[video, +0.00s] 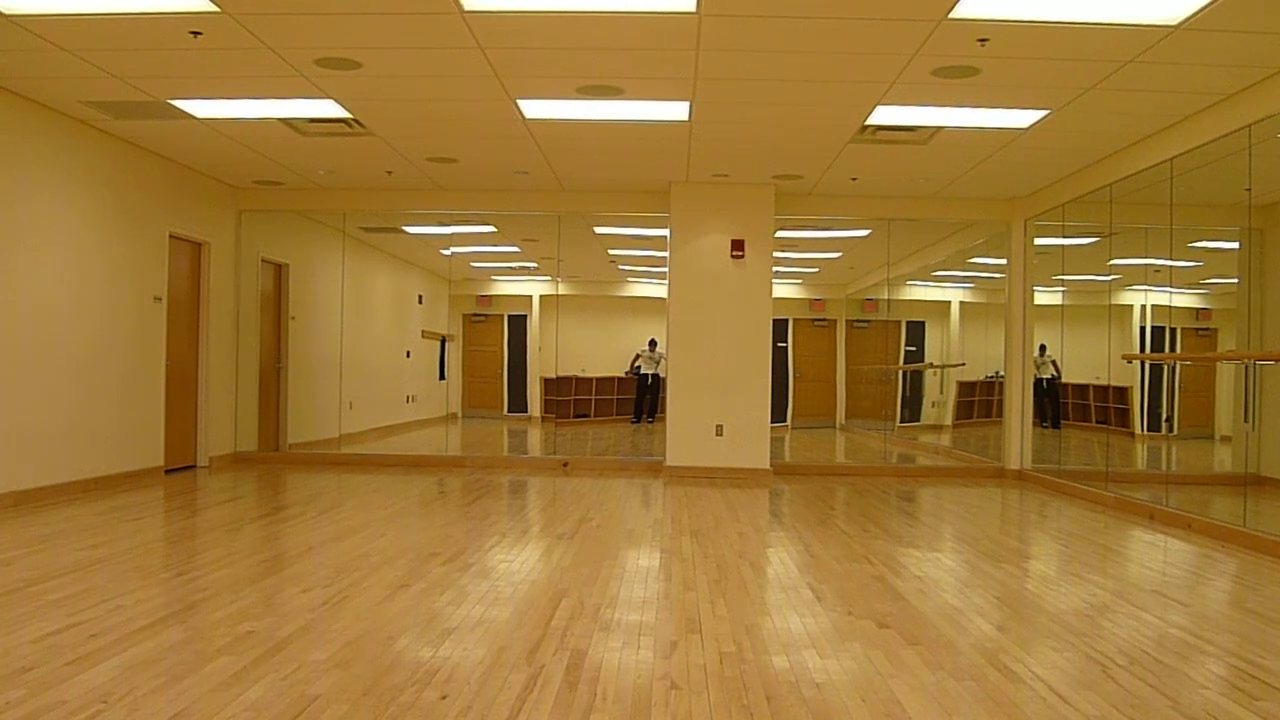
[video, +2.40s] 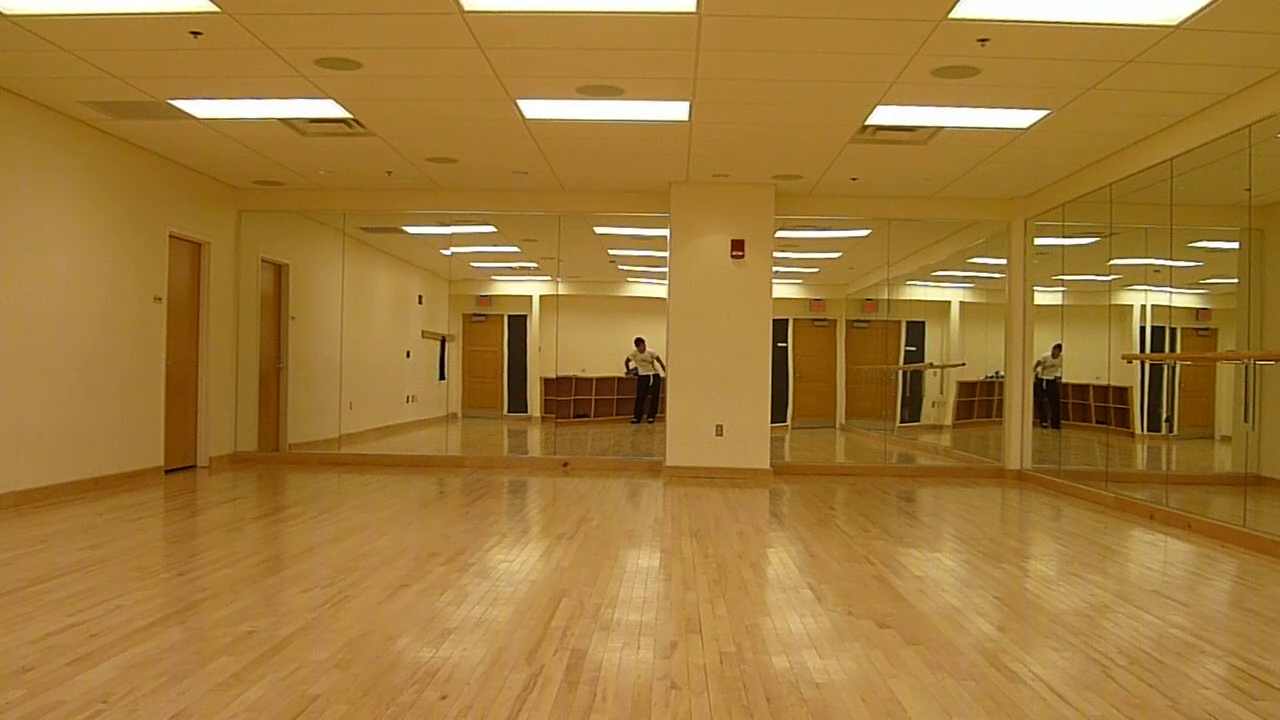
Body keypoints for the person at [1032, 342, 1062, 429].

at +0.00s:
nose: (1042, 353)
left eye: (1043, 351)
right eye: (1041, 350)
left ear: (1046, 351)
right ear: (1039, 351)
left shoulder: (1049, 358)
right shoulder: (1035, 359)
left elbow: (1056, 367)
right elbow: (1033, 369)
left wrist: (1059, 375)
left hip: (1050, 378)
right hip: (1039, 378)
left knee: (1054, 400)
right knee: (1040, 401)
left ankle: (1055, 422)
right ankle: (1043, 421)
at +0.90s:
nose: (1042, 352)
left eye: (1043, 350)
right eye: (1041, 350)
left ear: (1046, 350)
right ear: (1039, 350)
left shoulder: (1049, 357)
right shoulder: (1035, 359)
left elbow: (1056, 367)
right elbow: (1034, 368)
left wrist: (1059, 375)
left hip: (1050, 378)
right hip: (1039, 378)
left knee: (1054, 400)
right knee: (1040, 401)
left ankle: (1055, 421)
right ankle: (1043, 421)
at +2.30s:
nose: (1052, 353)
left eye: (1054, 351)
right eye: (1051, 350)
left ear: (1057, 352)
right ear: (1049, 350)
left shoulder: (1059, 358)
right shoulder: (1043, 358)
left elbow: (1062, 367)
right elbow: (1035, 367)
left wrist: (1060, 376)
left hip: (1052, 379)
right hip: (1041, 379)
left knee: (1055, 401)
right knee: (1041, 400)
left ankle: (1055, 422)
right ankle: (1043, 420)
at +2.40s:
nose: (1055, 353)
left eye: (1058, 352)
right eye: (1054, 351)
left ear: (1060, 352)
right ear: (1052, 350)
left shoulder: (1060, 359)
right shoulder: (1045, 357)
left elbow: (1061, 367)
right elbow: (1037, 364)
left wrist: (1060, 376)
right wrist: (1035, 371)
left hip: (1052, 379)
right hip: (1042, 379)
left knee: (1055, 401)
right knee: (1041, 400)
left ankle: (1055, 422)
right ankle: (1043, 420)